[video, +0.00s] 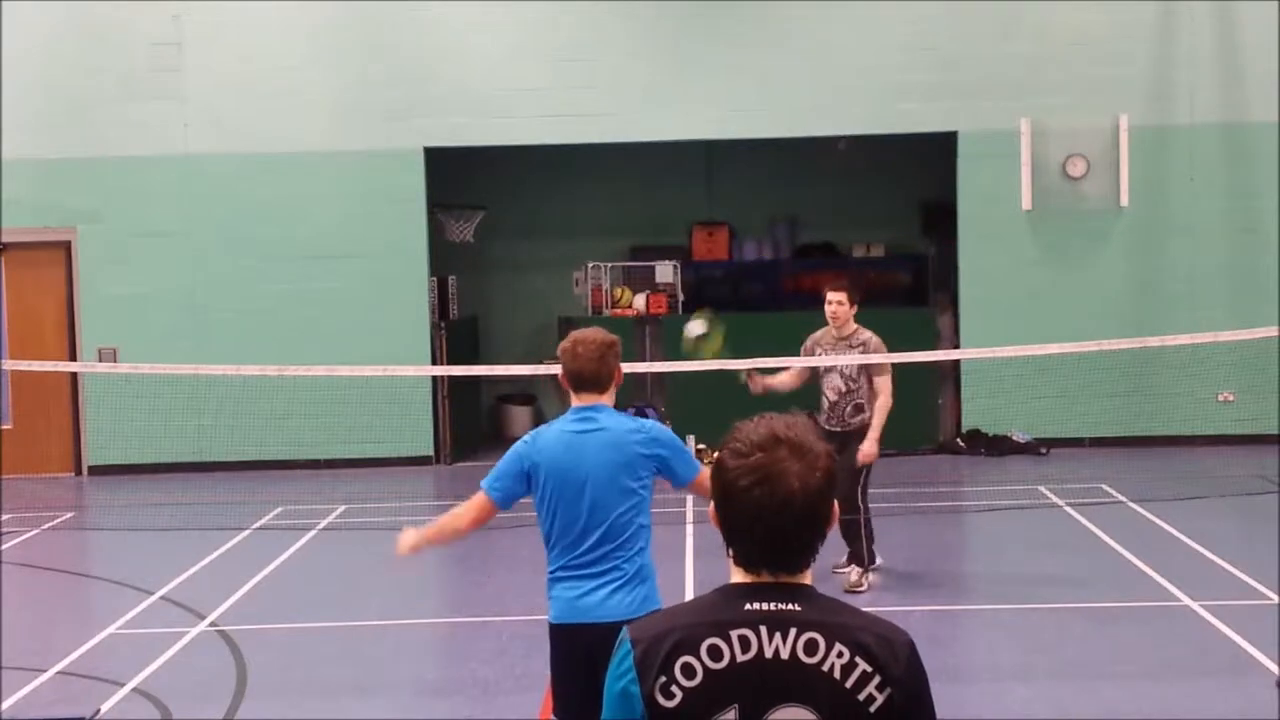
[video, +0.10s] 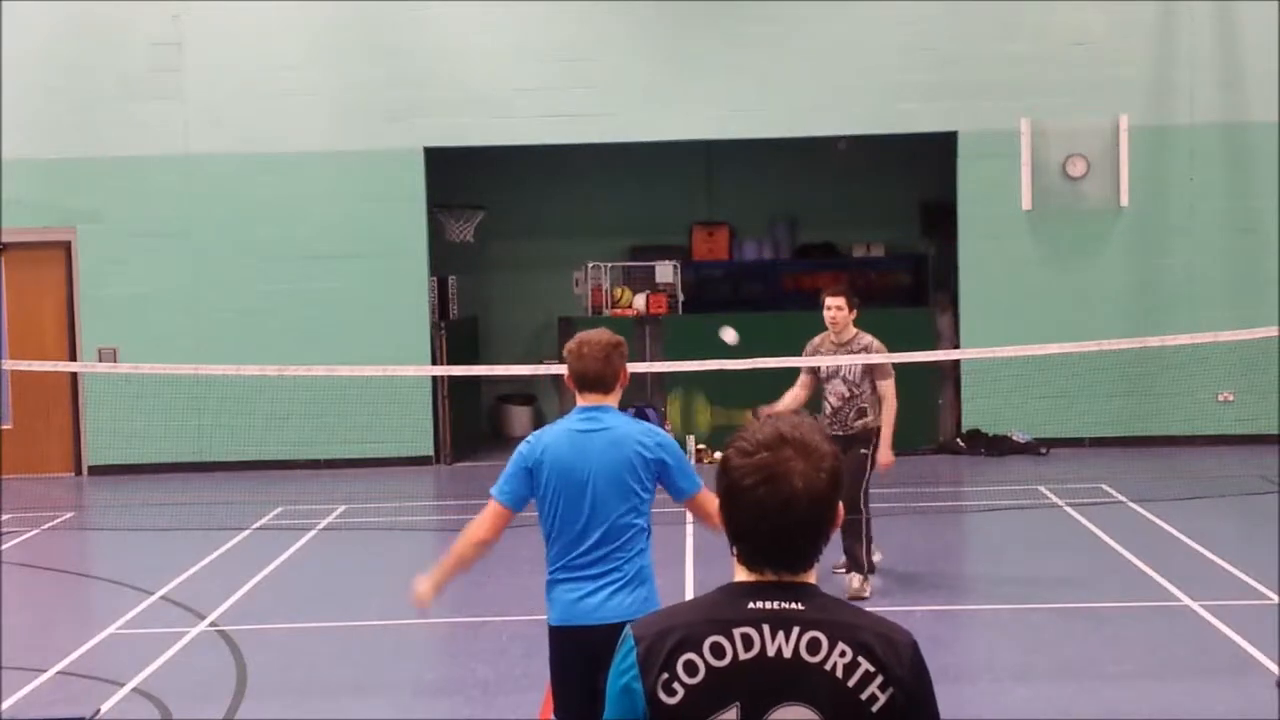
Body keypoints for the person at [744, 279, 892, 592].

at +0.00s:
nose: (832, 310)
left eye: (839, 304)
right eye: (829, 304)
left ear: (853, 308)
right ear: (824, 307)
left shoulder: (871, 344)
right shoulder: (816, 342)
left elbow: (884, 395)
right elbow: (796, 377)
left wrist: (872, 438)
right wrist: (766, 382)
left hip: (858, 432)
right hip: (827, 431)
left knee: (849, 496)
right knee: (842, 497)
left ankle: (860, 561)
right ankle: (861, 551)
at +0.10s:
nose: (832, 315)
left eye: (838, 309)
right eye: (827, 309)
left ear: (852, 313)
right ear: (822, 313)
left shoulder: (871, 348)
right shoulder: (815, 347)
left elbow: (889, 398)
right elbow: (802, 388)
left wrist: (885, 445)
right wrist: (775, 410)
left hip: (863, 435)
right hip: (831, 435)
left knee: (852, 499)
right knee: (841, 497)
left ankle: (857, 569)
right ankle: (864, 550)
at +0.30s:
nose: (830, 327)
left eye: (836, 320)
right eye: (825, 321)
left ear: (851, 318)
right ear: (821, 320)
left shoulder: (877, 345)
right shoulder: (814, 352)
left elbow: (898, 390)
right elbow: (815, 399)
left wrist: (901, 436)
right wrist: (817, 438)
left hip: (870, 432)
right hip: (834, 434)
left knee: (865, 500)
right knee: (841, 498)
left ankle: (862, 571)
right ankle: (859, 560)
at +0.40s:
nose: (828, 327)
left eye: (834, 320)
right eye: (823, 321)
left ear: (850, 315)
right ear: (819, 319)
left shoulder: (878, 338)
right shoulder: (814, 351)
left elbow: (900, 381)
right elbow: (821, 399)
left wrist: (903, 427)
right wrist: (822, 444)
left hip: (874, 432)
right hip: (838, 434)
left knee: (867, 502)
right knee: (843, 500)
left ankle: (864, 573)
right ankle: (849, 566)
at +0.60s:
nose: (821, 305)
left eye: (826, 298)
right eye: (816, 301)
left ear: (842, 297)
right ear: (811, 305)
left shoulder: (872, 325)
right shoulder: (813, 336)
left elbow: (894, 367)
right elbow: (819, 348)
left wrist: (906, 410)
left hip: (875, 424)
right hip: (835, 426)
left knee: (871, 501)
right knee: (826, 496)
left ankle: (862, 574)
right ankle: (821, 548)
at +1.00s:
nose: (812, 294)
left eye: (817, 286)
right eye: (807, 289)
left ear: (834, 288)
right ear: (803, 296)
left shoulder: (860, 330)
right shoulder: (795, 333)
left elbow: (875, 378)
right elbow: (781, 379)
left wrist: (874, 421)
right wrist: (806, 353)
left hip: (845, 428)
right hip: (805, 427)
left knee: (850, 503)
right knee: (798, 496)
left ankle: (857, 572)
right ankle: (798, 547)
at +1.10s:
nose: (803, 297)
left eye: (807, 290)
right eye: (798, 293)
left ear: (825, 292)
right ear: (794, 299)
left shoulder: (849, 331)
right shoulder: (785, 334)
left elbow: (864, 381)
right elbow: (772, 378)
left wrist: (856, 426)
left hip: (834, 426)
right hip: (793, 426)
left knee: (843, 504)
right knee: (781, 494)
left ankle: (856, 573)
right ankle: (786, 549)